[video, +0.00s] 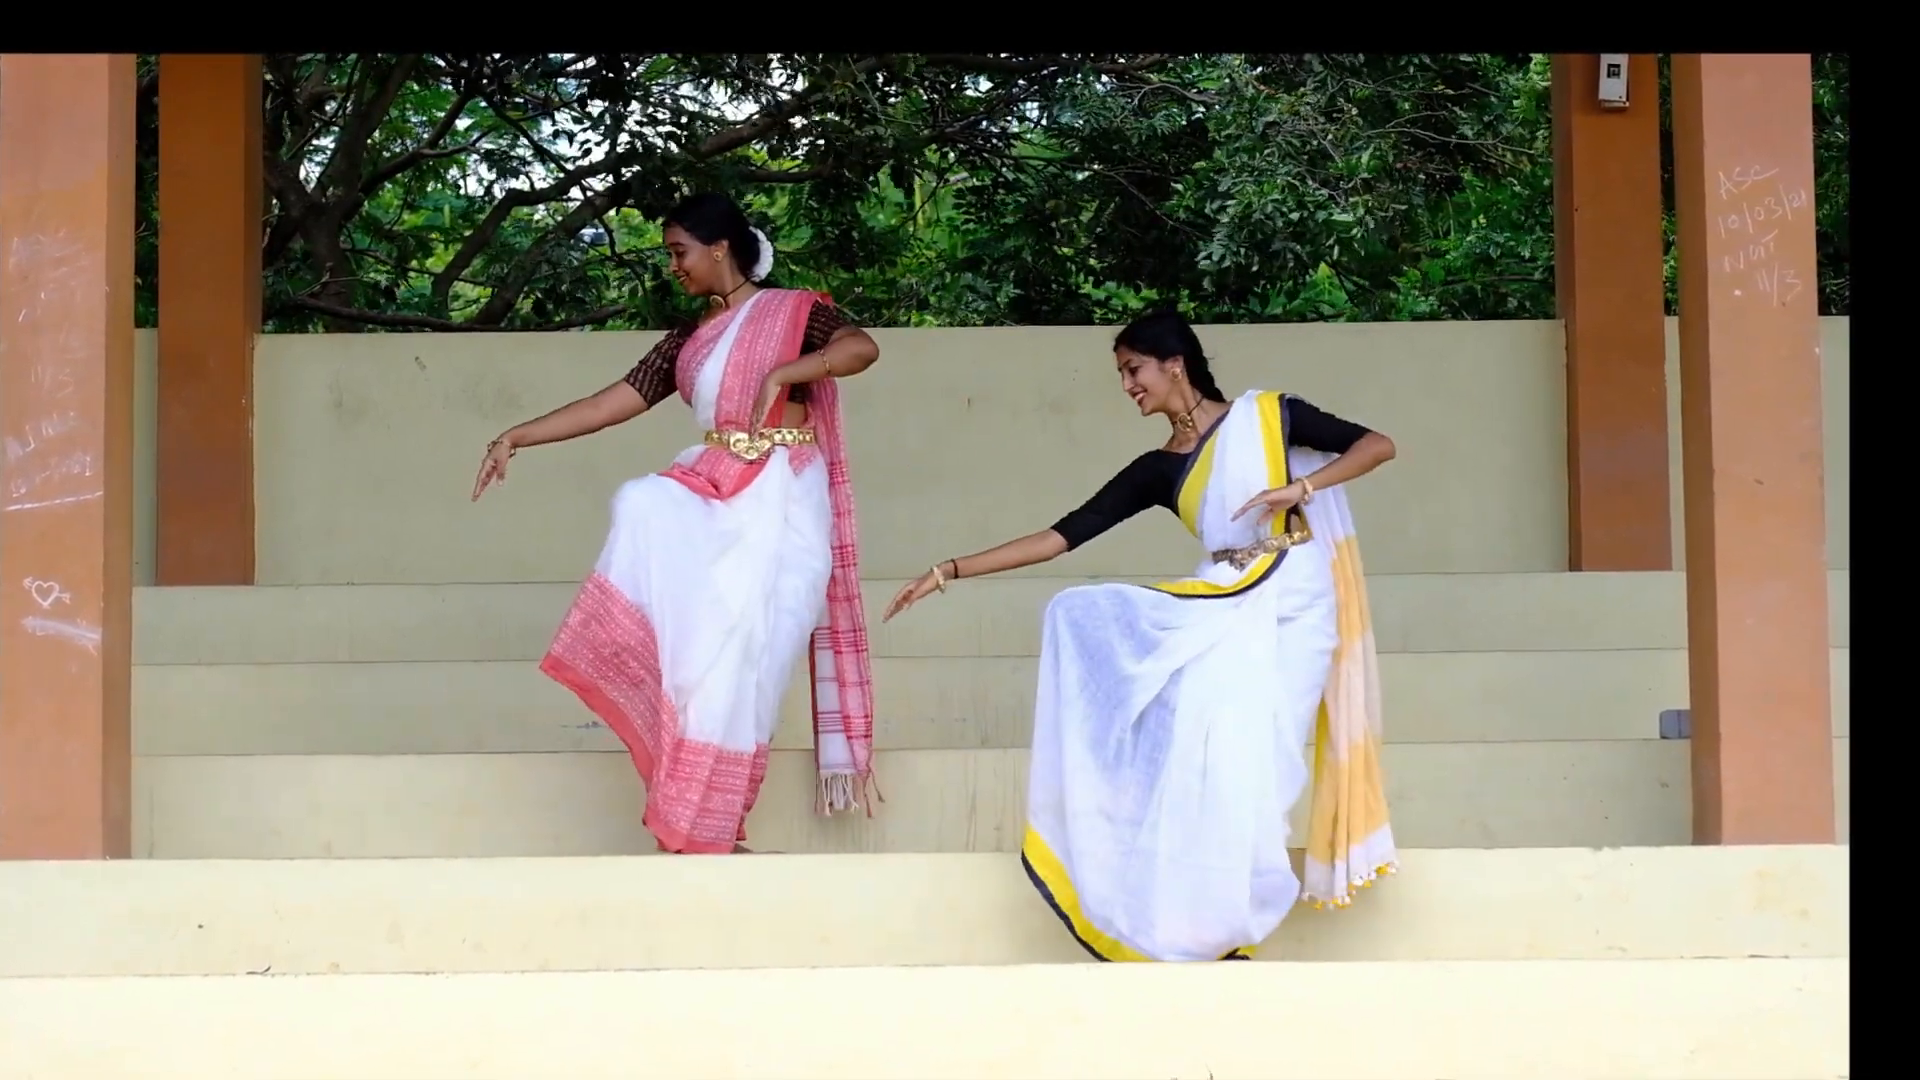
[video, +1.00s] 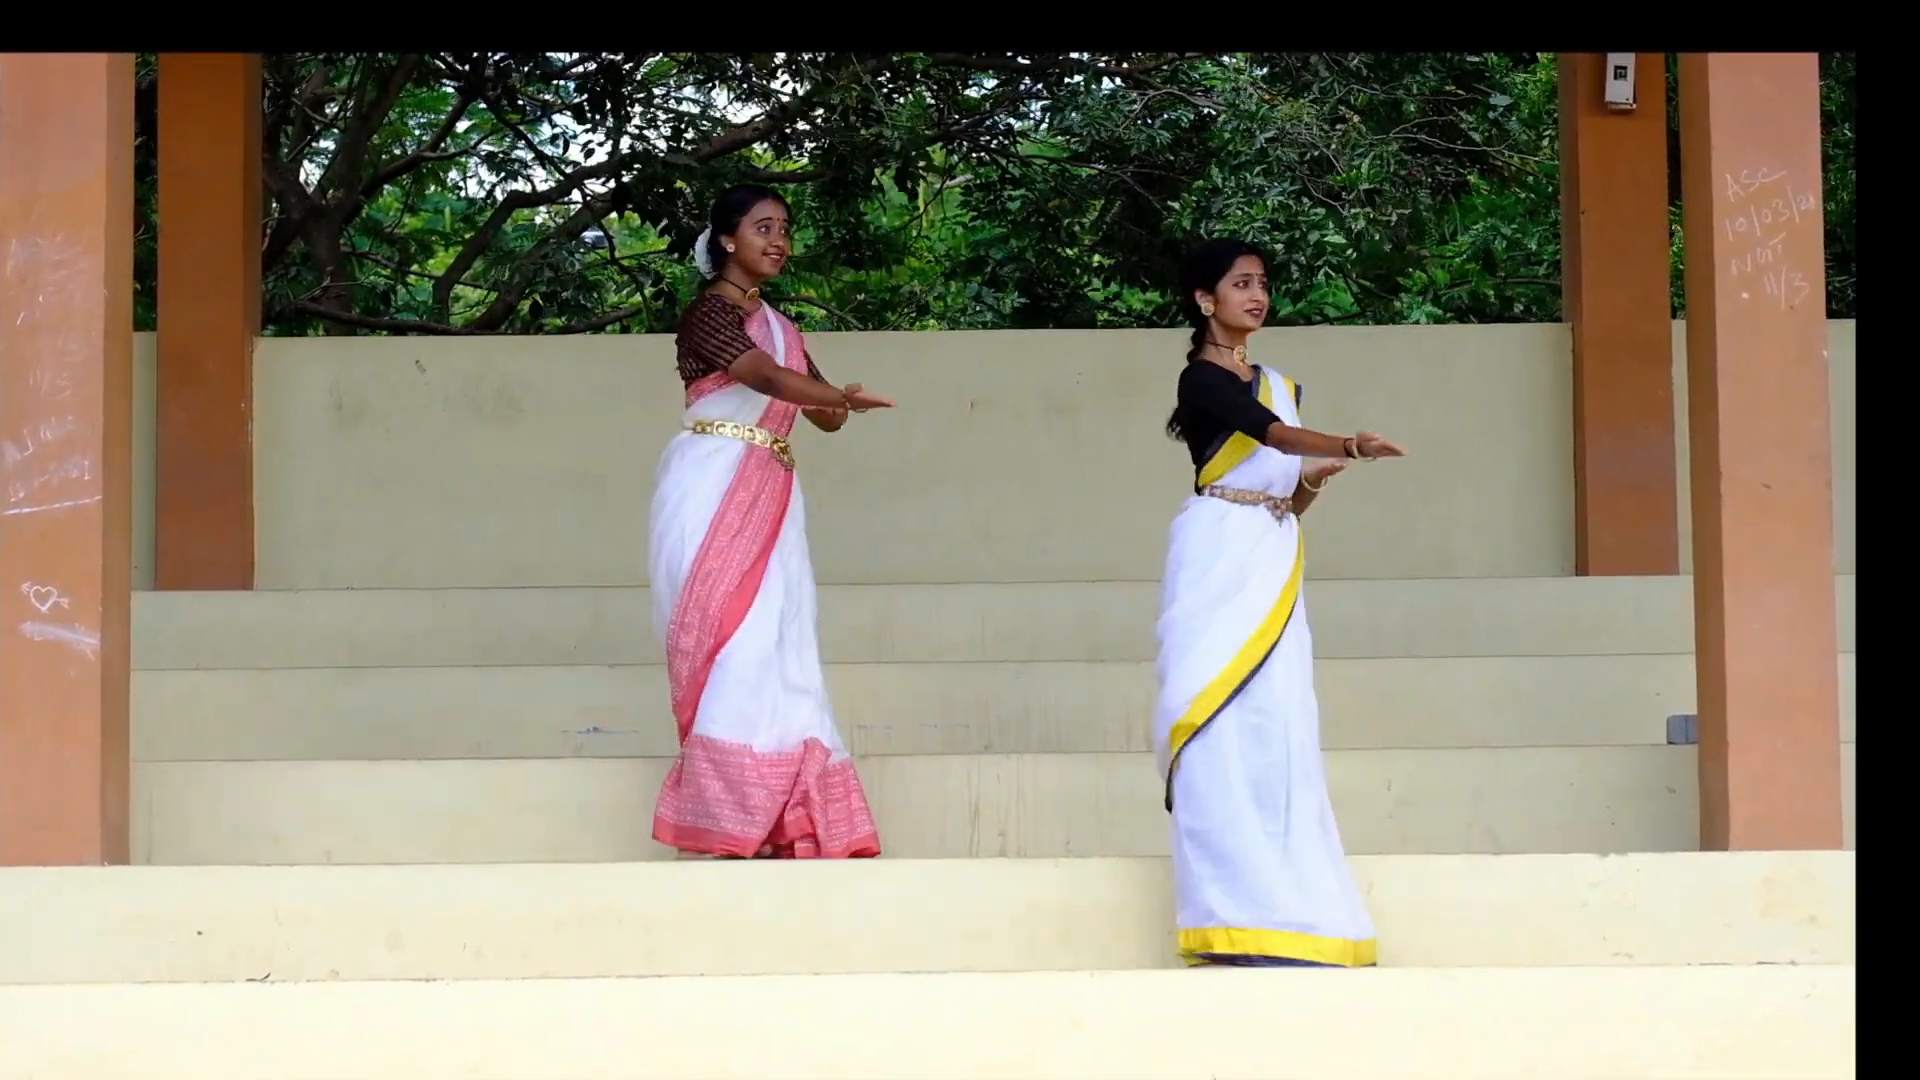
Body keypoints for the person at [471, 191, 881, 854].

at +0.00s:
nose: (675, 266)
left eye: (682, 252)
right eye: (671, 255)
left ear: (724, 247)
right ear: (697, 254)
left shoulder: (791, 306)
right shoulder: (692, 341)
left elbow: (862, 349)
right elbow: (608, 405)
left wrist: (785, 374)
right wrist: (512, 436)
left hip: (787, 488)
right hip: (714, 482)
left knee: (732, 635)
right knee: (639, 498)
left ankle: (711, 815)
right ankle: (647, 659)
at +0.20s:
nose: (676, 267)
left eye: (682, 252)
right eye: (671, 255)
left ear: (725, 247)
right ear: (708, 255)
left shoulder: (793, 310)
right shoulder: (689, 342)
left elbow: (872, 351)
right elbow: (606, 407)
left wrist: (789, 381)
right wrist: (512, 438)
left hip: (785, 493)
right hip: (714, 489)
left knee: (738, 653)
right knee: (649, 510)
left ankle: (719, 826)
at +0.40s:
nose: (688, 265)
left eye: (700, 252)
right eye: (683, 254)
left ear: (744, 253)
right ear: (685, 259)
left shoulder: (799, 325)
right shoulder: (681, 346)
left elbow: (885, 384)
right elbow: (625, 430)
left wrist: (814, 411)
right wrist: (546, 486)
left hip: (783, 509)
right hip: (703, 503)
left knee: (772, 657)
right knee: (711, 574)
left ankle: (737, 825)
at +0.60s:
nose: (744, 261)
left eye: (755, 249)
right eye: (730, 249)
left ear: (770, 261)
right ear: (707, 262)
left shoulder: (797, 341)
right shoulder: (684, 346)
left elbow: (872, 410)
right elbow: (677, 439)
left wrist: (831, 432)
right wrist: (658, 516)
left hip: (781, 511)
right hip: (707, 511)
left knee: (783, 654)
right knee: (723, 651)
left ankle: (769, 822)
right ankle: (717, 805)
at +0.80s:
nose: (768, 256)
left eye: (775, 245)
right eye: (753, 243)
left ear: (780, 256)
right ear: (719, 253)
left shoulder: (787, 340)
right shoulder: (698, 331)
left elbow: (839, 411)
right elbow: (725, 410)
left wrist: (824, 425)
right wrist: (771, 469)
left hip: (777, 498)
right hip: (714, 497)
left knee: (784, 646)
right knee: (730, 648)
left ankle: (784, 809)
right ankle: (714, 812)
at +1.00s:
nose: (778, 241)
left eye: (783, 230)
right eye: (763, 228)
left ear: (784, 243)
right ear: (726, 240)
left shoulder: (783, 329)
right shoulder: (711, 310)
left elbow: (829, 417)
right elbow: (760, 377)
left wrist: (812, 382)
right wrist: (834, 395)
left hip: (771, 490)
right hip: (713, 485)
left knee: (782, 638)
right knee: (731, 638)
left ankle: (791, 809)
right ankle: (730, 812)